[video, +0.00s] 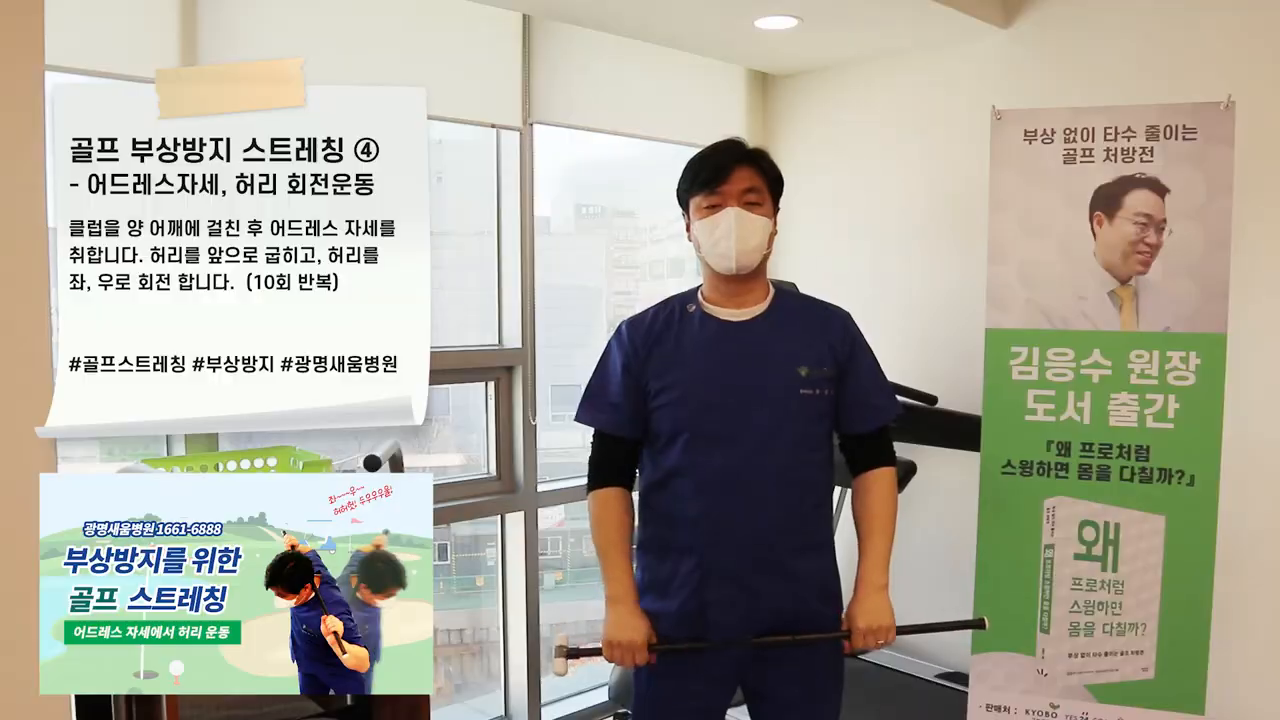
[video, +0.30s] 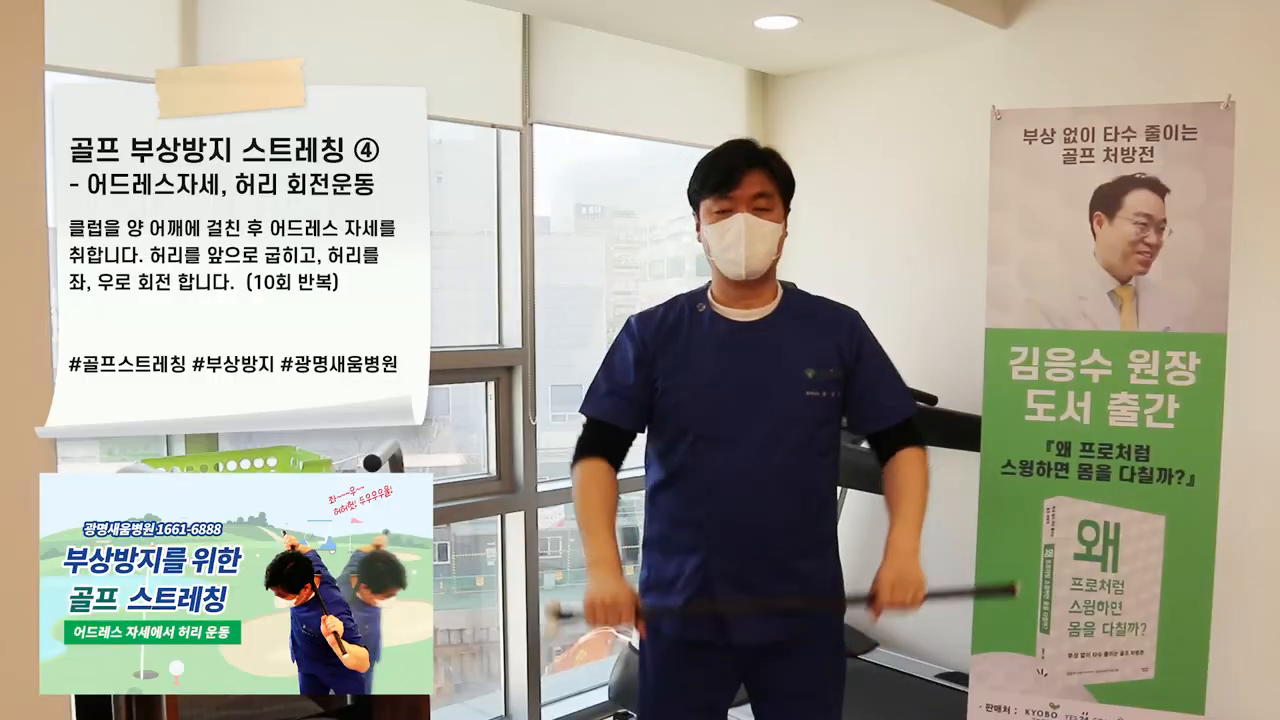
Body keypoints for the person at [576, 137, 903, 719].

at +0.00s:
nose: (733, 220)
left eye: (752, 203)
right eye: (713, 207)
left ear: (775, 219)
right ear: (688, 224)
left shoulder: (829, 333)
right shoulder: (641, 342)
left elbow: (873, 462)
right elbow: (609, 475)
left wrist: (872, 589)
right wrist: (620, 603)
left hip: (801, 628)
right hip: (678, 633)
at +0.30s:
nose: (743, 226)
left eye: (761, 209)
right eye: (722, 212)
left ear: (785, 222)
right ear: (698, 226)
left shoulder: (837, 331)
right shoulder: (651, 336)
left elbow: (902, 442)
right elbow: (596, 453)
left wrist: (903, 552)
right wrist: (602, 570)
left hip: (803, 617)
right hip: (682, 618)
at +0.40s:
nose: (752, 229)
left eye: (771, 213)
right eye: (732, 215)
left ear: (794, 226)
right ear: (707, 226)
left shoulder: (843, 328)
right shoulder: (656, 330)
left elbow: (928, 419)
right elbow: (582, 420)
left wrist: (933, 479)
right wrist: (587, 493)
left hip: (805, 613)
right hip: (687, 613)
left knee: (811, 712)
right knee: (674, 712)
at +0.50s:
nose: (757, 239)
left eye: (777, 222)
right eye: (738, 223)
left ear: (800, 228)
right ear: (714, 227)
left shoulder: (849, 327)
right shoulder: (662, 326)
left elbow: (932, 395)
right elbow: (575, 387)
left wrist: (948, 408)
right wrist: (575, 428)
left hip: (808, 616)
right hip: (690, 615)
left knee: (814, 712)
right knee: (677, 713)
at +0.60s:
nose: (766, 253)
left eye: (787, 234)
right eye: (747, 234)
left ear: (810, 233)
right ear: (721, 231)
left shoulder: (854, 321)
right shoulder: (673, 320)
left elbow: (973, 374)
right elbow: (563, 356)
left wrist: (963, 339)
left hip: (814, 616)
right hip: (696, 615)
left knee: (817, 714)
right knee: (677, 713)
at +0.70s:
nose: (771, 261)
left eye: (792, 241)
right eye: (752, 242)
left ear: (815, 236)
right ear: (725, 235)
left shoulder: (855, 315)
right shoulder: (679, 314)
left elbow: (981, 342)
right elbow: (567, 326)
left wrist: (968, 283)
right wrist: (581, 272)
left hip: (817, 612)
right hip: (700, 612)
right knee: (683, 712)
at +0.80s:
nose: (776, 253)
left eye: (796, 235)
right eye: (756, 236)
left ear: (820, 233)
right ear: (731, 234)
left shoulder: (862, 310)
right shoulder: (686, 310)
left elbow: (989, 300)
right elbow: (573, 287)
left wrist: (964, 212)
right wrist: (593, 200)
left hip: (822, 610)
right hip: (704, 610)